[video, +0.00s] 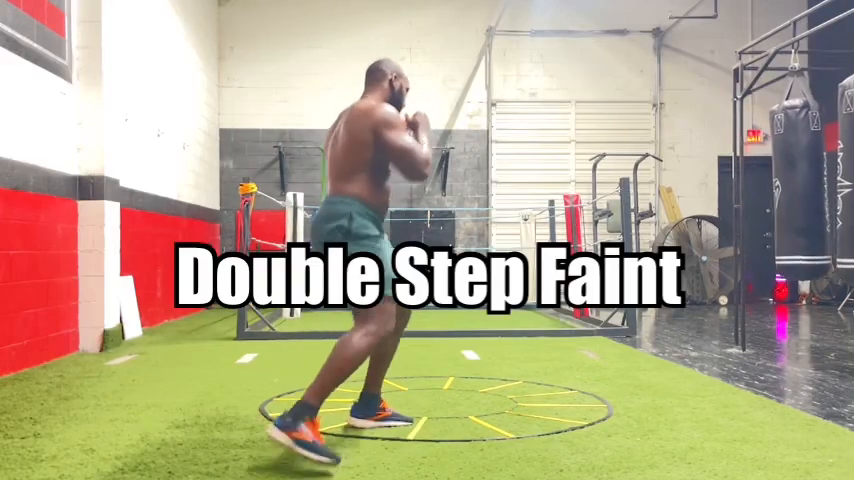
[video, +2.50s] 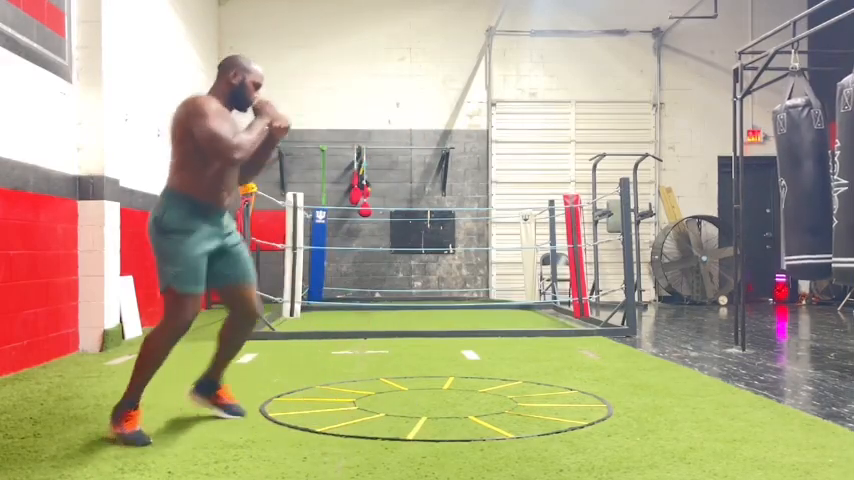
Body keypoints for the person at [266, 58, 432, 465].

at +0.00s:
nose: (407, 94)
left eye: (406, 88)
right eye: (406, 87)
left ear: (371, 81)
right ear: (394, 80)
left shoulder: (342, 118)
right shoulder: (383, 112)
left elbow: (335, 163)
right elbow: (420, 168)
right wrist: (422, 130)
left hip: (336, 222)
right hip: (354, 224)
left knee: (397, 313)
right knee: (377, 324)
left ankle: (368, 405)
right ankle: (298, 417)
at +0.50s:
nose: (355, 72)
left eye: (354, 66)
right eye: (354, 64)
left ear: (315, 55)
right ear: (343, 53)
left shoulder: (281, 97)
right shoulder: (338, 85)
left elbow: (277, 157)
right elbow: (381, 148)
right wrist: (373, 105)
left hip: (275, 208)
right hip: (303, 211)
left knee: (313, 329)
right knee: (320, 333)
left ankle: (260, 415)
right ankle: (247, 456)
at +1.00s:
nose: (337, 94)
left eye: (339, 88)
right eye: (338, 87)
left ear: (300, 77)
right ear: (326, 78)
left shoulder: (269, 116)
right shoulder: (315, 118)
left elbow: (254, 170)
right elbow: (353, 178)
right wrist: (351, 135)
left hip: (258, 222)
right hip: (273, 229)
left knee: (306, 312)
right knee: (278, 342)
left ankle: (288, 399)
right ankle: (204, 446)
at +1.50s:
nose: (356, 111)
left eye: (358, 105)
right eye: (353, 103)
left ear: (335, 97)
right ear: (333, 96)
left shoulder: (333, 136)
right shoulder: (303, 129)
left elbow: (337, 176)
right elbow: (344, 171)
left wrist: (362, 149)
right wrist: (365, 139)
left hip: (337, 237)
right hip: (297, 239)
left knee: (372, 311)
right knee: (293, 329)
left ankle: (380, 381)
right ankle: (228, 406)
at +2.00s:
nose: (331, 103)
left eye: (333, 97)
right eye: (328, 94)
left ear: (310, 87)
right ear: (305, 85)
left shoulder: (312, 129)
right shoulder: (270, 121)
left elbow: (328, 176)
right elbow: (304, 162)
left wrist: (352, 142)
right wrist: (338, 132)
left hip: (306, 226)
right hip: (268, 223)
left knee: (337, 311)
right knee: (264, 310)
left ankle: (318, 392)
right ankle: (197, 401)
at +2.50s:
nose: (258, 95)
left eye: (260, 89)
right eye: (255, 86)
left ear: (234, 79)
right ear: (232, 77)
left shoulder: (232, 122)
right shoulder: (199, 107)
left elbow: (242, 176)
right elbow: (236, 148)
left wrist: (272, 141)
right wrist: (266, 120)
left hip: (222, 224)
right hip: (182, 220)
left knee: (248, 311)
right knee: (181, 316)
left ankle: (209, 385)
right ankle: (126, 410)